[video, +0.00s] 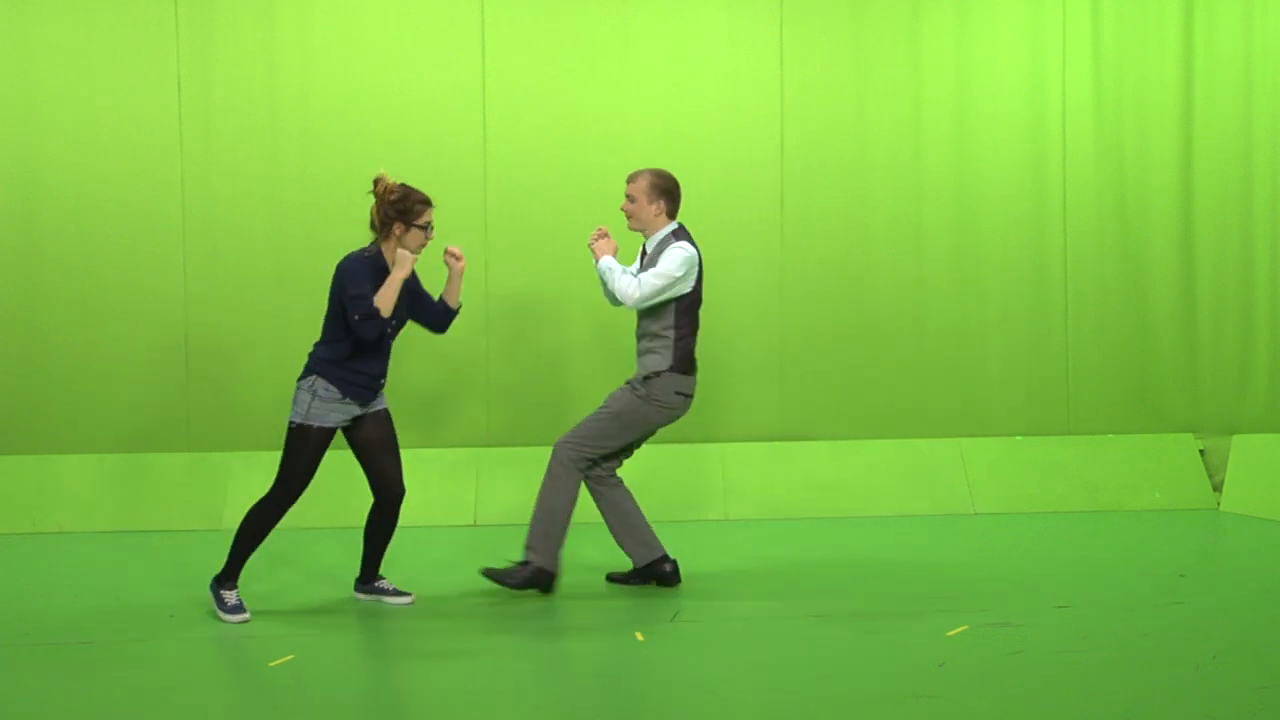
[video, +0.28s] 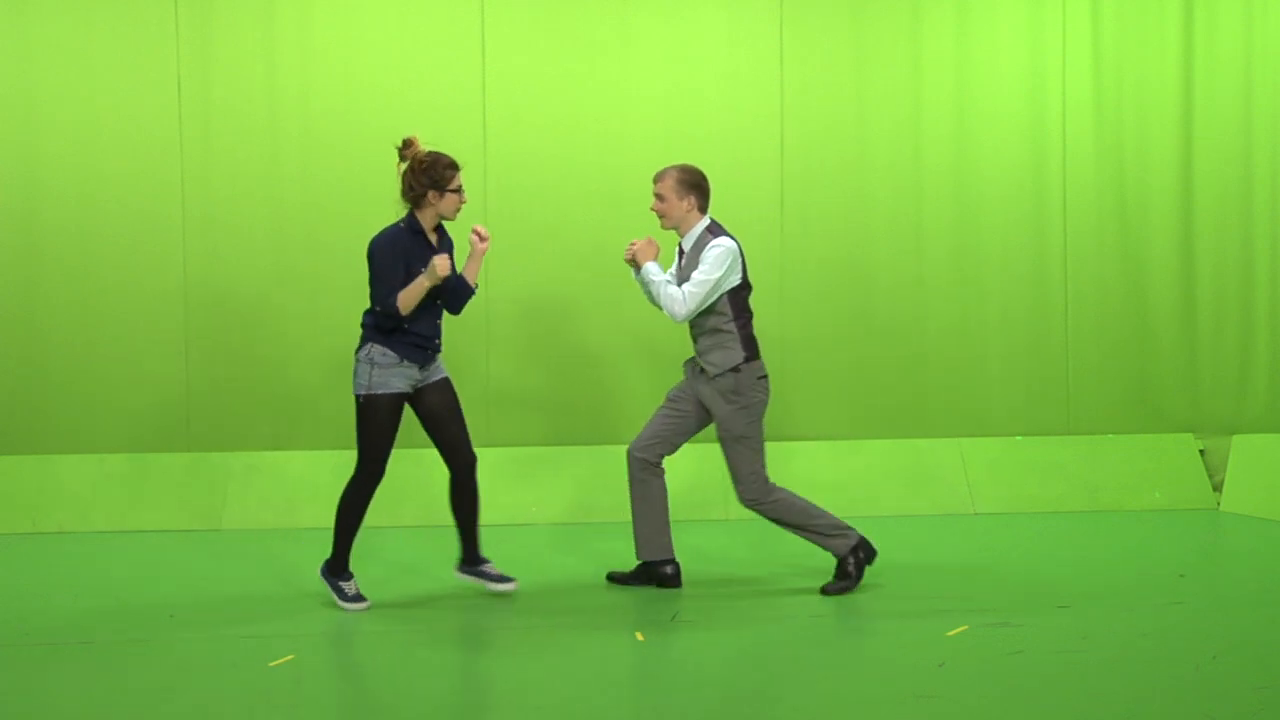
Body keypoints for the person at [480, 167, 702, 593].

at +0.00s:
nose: (624, 208)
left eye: (632, 200)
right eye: (626, 199)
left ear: (659, 206)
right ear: (657, 207)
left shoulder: (681, 253)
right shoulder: (652, 249)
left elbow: (635, 293)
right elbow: (620, 295)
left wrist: (607, 260)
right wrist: (605, 260)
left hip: (663, 386)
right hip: (657, 384)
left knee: (570, 452)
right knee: (597, 466)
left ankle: (539, 565)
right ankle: (654, 562)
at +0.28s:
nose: (654, 206)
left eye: (660, 198)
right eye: (654, 198)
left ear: (688, 202)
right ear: (686, 203)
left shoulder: (721, 248)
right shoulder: (688, 248)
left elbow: (681, 306)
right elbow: (674, 302)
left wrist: (650, 266)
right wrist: (642, 270)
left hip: (738, 382)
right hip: (702, 379)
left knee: (754, 490)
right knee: (642, 454)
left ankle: (851, 546)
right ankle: (659, 562)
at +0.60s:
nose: (700, 194)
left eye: (706, 185)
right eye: (699, 185)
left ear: (736, 188)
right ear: (729, 189)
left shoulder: (776, 233)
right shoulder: (726, 235)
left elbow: (754, 300)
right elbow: (706, 290)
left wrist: (714, 258)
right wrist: (686, 256)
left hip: (786, 364)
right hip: (745, 359)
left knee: (779, 472)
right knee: (701, 449)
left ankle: (852, 553)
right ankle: (729, 553)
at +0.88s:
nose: (716, 200)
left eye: (721, 192)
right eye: (715, 192)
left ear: (751, 193)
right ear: (742, 194)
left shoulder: (793, 237)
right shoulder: (738, 239)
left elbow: (763, 304)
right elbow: (712, 290)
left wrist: (728, 259)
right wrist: (698, 254)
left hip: (807, 365)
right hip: (762, 363)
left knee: (805, 472)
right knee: (718, 453)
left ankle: (861, 557)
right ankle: (729, 558)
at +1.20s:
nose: (733, 202)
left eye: (739, 194)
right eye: (732, 194)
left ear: (769, 195)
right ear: (761, 197)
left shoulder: (808, 240)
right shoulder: (755, 244)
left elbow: (780, 307)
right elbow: (730, 296)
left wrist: (743, 264)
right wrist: (713, 258)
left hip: (824, 370)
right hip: (782, 367)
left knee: (839, 474)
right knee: (728, 450)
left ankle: (904, 558)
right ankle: (730, 558)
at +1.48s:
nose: (757, 222)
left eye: (764, 214)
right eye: (757, 214)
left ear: (793, 216)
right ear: (785, 218)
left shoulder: (829, 262)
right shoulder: (780, 263)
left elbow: (809, 330)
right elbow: (762, 322)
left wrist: (768, 289)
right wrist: (737, 286)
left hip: (827, 388)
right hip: (791, 383)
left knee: (826, 504)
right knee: (723, 455)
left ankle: (921, 543)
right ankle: (735, 557)